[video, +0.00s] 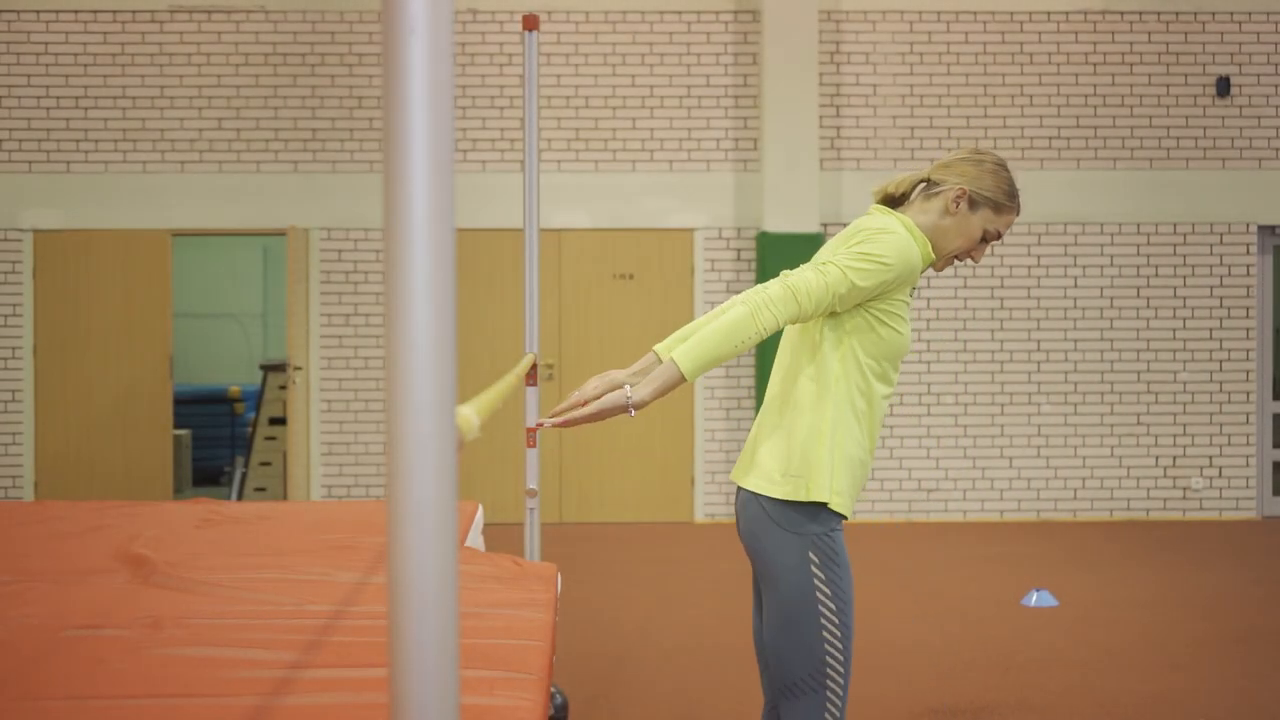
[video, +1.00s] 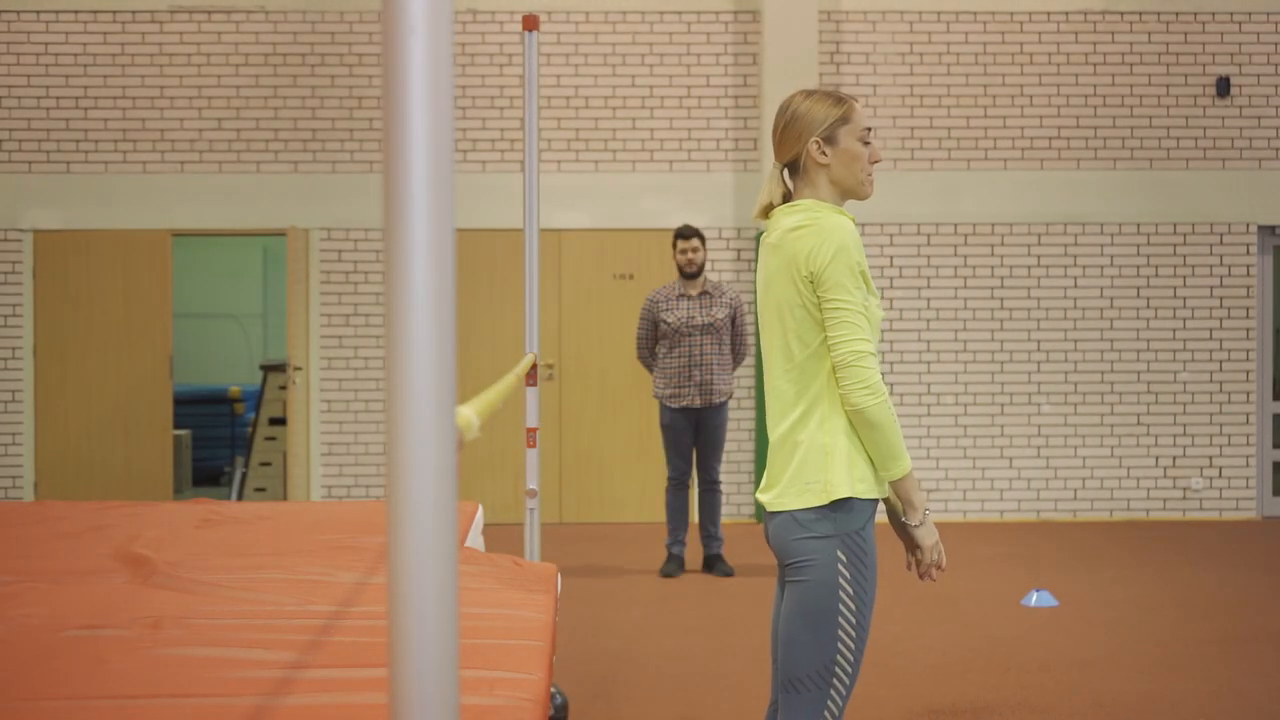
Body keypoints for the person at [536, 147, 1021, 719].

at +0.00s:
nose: (978, 255)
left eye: (990, 244)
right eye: (987, 236)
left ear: (950, 199)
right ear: (957, 200)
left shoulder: (872, 237)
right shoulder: (895, 245)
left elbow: (760, 303)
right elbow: (773, 305)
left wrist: (637, 372)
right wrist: (649, 386)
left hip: (777, 499)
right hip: (798, 505)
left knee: (788, 702)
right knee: (817, 704)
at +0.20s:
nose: (979, 256)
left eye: (990, 246)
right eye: (987, 238)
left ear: (948, 201)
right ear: (955, 202)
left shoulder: (873, 238)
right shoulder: (895, 246)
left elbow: (760, 303)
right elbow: (774, 304)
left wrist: (638, 370)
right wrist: (650, 386)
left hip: (769, 500)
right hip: (793, 505)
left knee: (776, 706)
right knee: (827, 704)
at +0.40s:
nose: (878, 149)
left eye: (872, 134)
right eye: (865, 135)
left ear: (820, 152)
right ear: (821, 149)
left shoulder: (787, 227)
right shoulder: (831, 229)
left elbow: (815, 383)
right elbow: (860, 383)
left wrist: (907, 508)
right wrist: (916, 504)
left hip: (802, 498)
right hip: (835, 501)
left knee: (797, 706)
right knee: (820, 707)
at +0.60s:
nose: (876, 151)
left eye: (871, 136)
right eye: (864, 137)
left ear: (819, 154)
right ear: (821, 151)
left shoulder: (786, 230)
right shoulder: (831, 230)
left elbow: (823, 388)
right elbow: (859, 382)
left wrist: (904, 509)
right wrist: (915, 501)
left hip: (800, 499)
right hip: (833, 502)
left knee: (796, 705)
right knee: (818, 706)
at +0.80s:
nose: (875, 154)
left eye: (870, 139)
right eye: (863, 140)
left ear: (818, 155)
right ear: (819, 152)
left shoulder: (785, 232)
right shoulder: (831, 234)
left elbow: (823, 391)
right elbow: (860, 386)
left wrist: (901, 510)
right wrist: (915, 506)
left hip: (799, 503)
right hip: (832, 507)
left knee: (794, 705)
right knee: (816, 706)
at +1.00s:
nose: (875, 153)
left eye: (870, 139)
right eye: (862, 139)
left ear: (818, 155)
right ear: (819, 152)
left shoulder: (784, 233)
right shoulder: (831, 234)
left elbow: (822, 392)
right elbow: (859, 386)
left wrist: (899, 511)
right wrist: (913, 507)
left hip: (797, 503)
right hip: (831, 506)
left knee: (792, 707)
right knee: (816, 707)